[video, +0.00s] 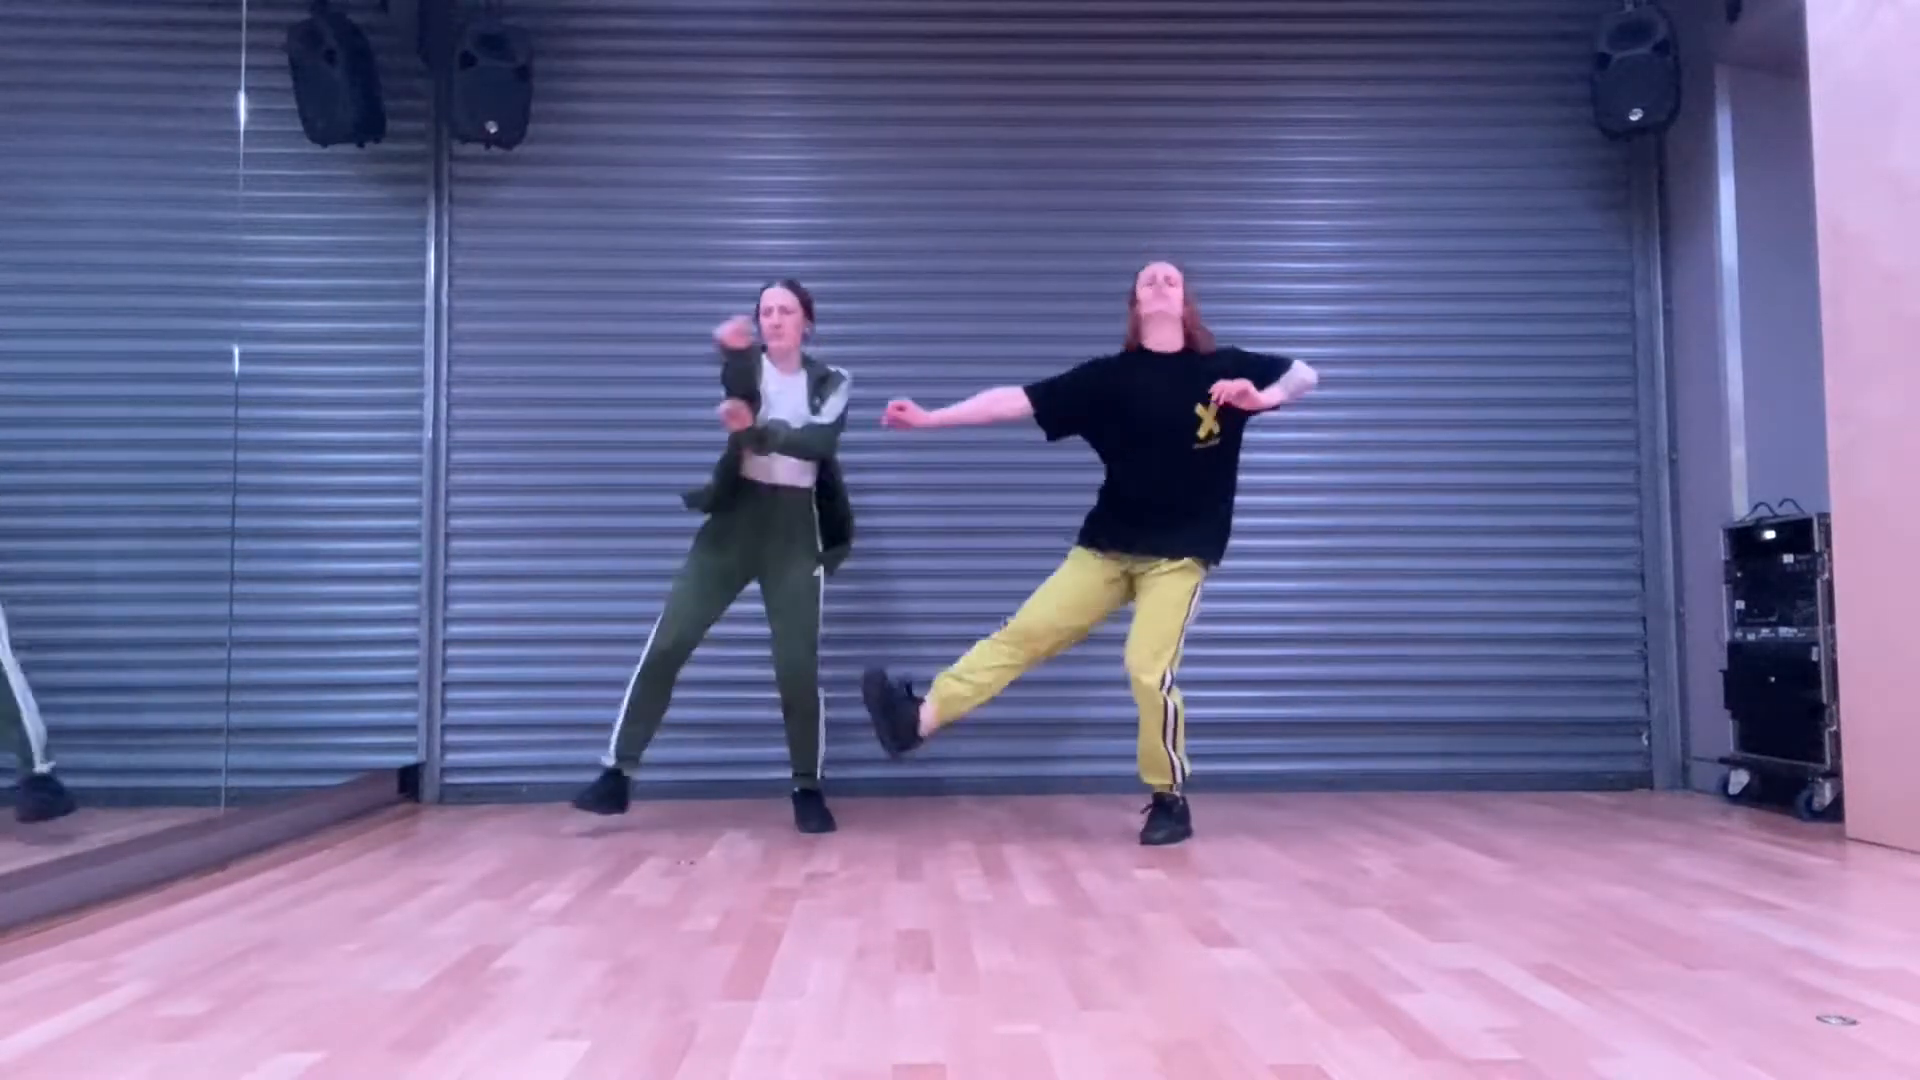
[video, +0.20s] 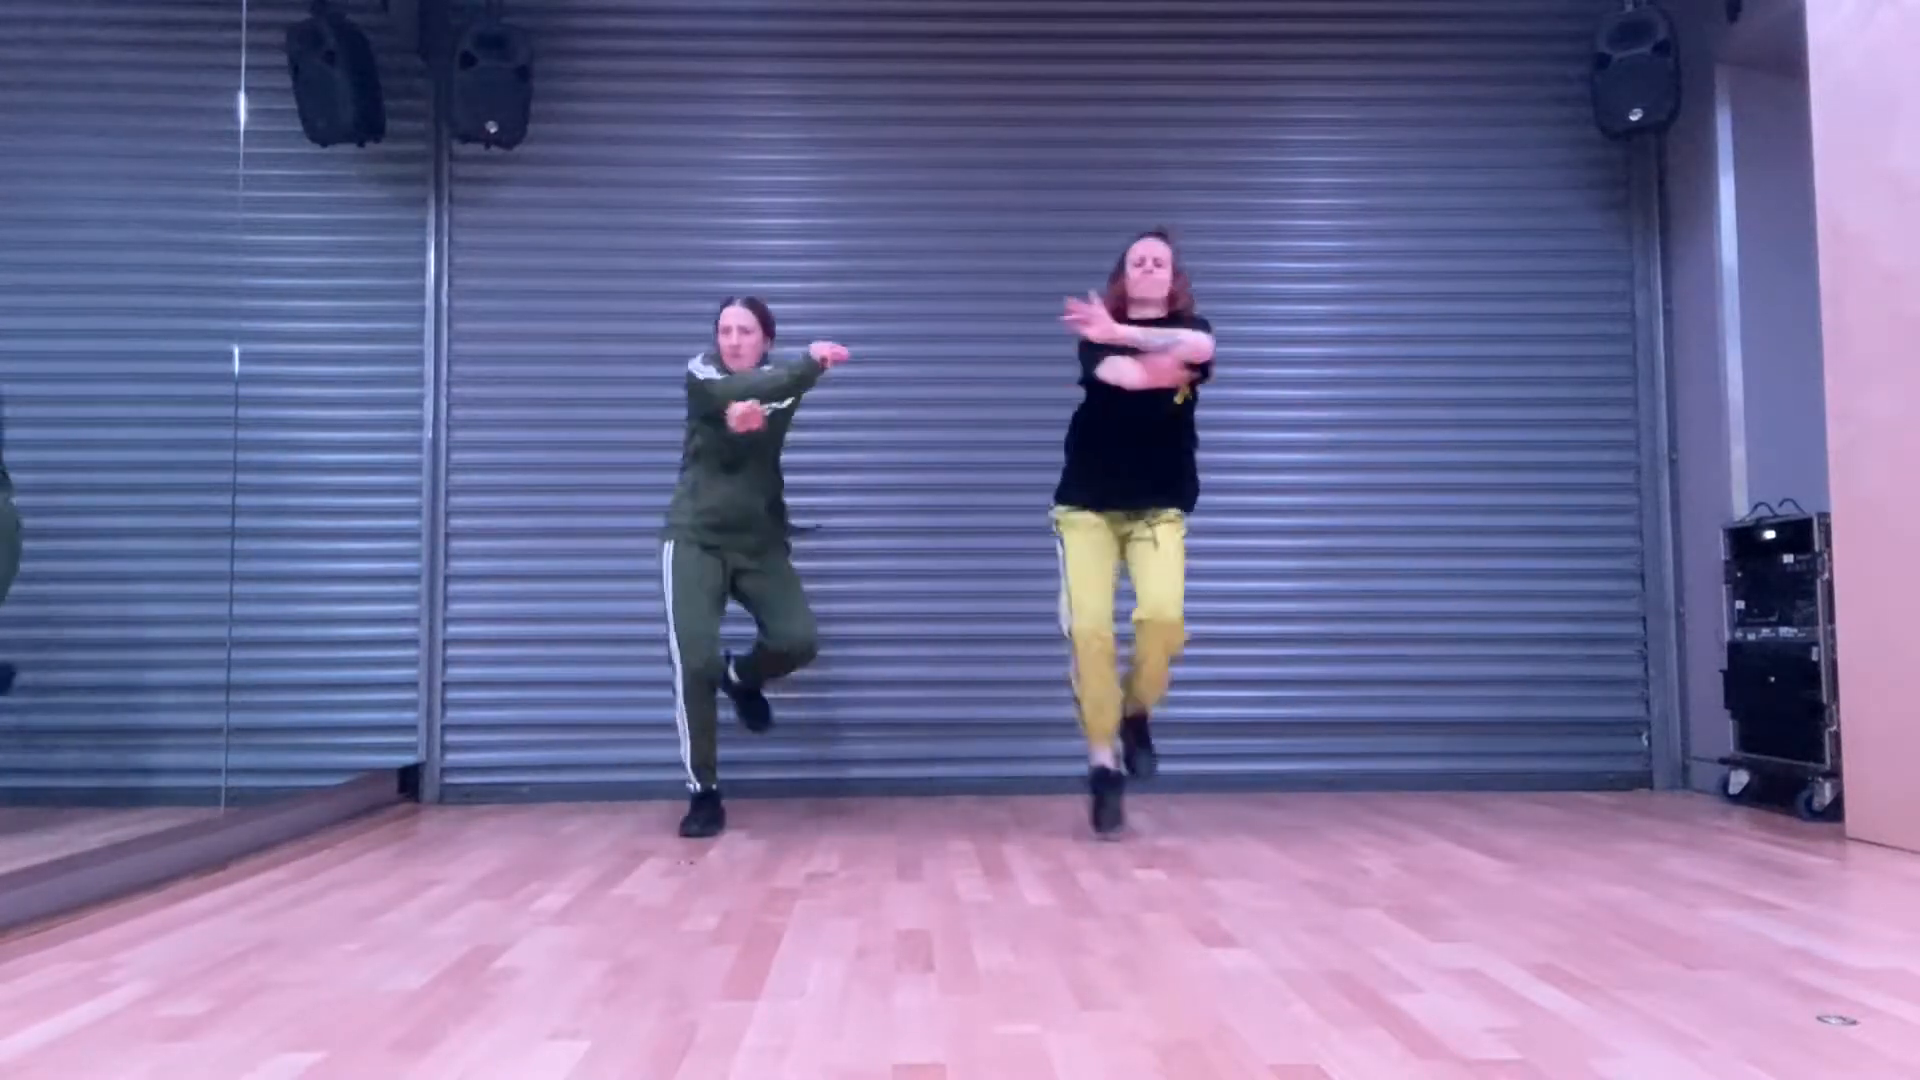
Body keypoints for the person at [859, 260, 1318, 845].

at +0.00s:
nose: (1161, 284)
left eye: (1171, 280)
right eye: (1150, 280)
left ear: (1188, 303)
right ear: (1133, 305)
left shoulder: (1226, 368)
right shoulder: (1108, 375)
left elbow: (1305, 376)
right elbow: (1019, 400)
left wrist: (1266, 395)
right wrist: (931, 418)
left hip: (1180, 553)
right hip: (1108, 545)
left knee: (1148, 669)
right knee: (1026, 634)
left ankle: (1167, 799)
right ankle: (918, 721)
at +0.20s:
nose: (1146, 271)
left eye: (1157, 264)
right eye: (1137, 263)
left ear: (1176, 279)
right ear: (1120, 279)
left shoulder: (1192, 333)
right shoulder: (1096, 335)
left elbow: (1200, 349)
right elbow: (1127, 374)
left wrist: (1115, 331)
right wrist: (1184, 364)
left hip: (1159, 507)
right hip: (1087, 505)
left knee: (1163, 616)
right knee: (1090, 631)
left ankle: (1137, 713)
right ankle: (1103, 767)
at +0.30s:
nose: (1137, 289)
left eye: (1147, 282)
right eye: (1126, 283)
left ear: (1166, 302)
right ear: (1109, 299)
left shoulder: (1177, 353)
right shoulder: (1093, 357)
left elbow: (1161, 349)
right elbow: (1154, 391)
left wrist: (1098, 323)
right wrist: (1246, 391)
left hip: (1154, 531)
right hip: (1085, 534)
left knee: (1180, 623)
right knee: (1111, 662)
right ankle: (1133, 785)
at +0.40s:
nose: (1127, 281)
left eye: (1138, 277)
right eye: (1117, 276)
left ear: (1152, 298)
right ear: (1100, 296)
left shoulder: (1168, 351)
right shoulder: (1081, 354)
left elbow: (1201, 354)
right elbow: (1092, 393)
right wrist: (1178, 381)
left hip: (1155, 539)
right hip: (1083, 537)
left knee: (1154, 661)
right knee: (1095, 656)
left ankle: (1058, 650)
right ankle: (1131, 780)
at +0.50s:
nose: (1119, 298)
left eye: (1129, 290)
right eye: (1109, 290)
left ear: (1146, 304)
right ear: (1093, 304)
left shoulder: (1179, 370)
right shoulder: (1065, 374)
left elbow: (1271, 364)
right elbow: (976, 384)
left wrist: (1346, 366)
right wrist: (1046, 362)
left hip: (1147, 550)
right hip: (1080, 547)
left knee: (1098, 678)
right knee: (1102, 669)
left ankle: (1015, 774)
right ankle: (1136, 792)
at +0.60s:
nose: (1118, 301)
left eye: (1128, 295)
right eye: (1107, 295)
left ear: (1144, 314)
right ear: (1091, 317)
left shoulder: (1176, 383)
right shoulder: (1059, 382)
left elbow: (1254, 388)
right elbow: (975, 386)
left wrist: (1314, 397)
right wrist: (1036, 376)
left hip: (1138, 555)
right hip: (1072, 549)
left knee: (1081, 673)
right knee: (1096, 671)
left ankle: (1005, 780)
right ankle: (1135, 795)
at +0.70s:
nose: (1118, 299)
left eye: (1126, 292)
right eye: (1107, 293)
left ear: (1141, 307)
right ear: (1089, 309)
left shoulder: (1167, 381)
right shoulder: (1060, 379)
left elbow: (1239, 395)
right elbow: (989, 372)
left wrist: (1290, 403)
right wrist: (1061, 363)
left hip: (1134, 554)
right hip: (1068, 548)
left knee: (1088, 665)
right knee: (1101, 662)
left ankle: (1011, 782)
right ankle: (1135, 793)